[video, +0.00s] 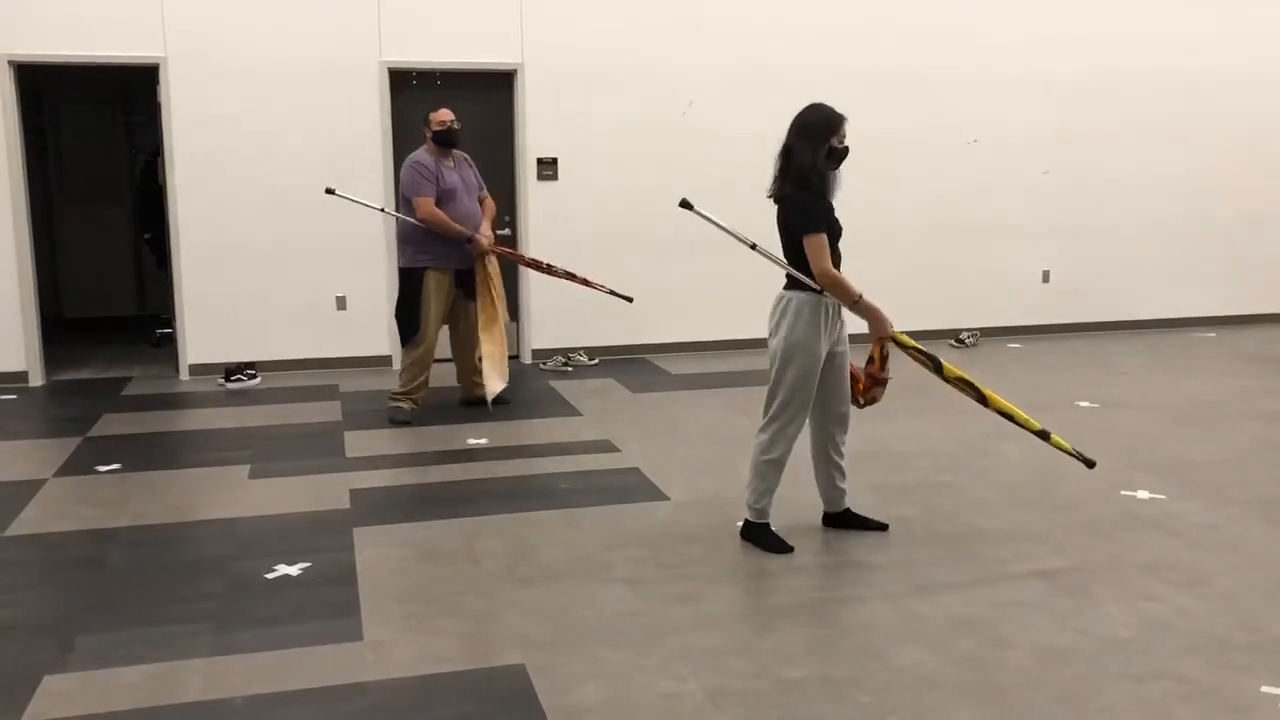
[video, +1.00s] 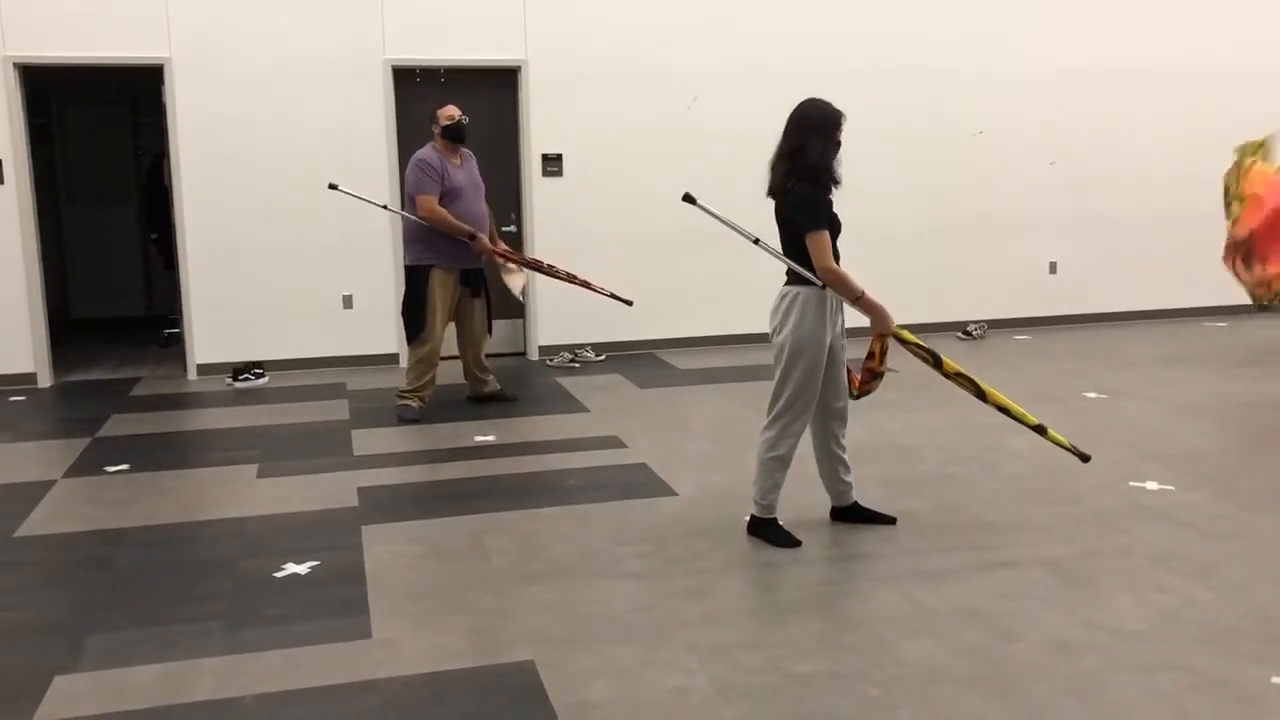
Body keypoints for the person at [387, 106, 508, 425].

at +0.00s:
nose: (450, 129)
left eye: (454, 124)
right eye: (443, 125)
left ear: (459, 128)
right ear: (428, 131)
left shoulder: (464, 161)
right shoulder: (417, 163)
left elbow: (488, 201)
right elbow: (425, 211)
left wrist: (485, 227)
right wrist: (469, 236)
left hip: (466, 262)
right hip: (427, 265)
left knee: (470, 331)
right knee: (422, 338)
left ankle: (475, 391)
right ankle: (404, 401)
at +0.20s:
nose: (454, 128)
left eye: (457, 123)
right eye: (446, 124)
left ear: (462, 129)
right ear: (431, 132)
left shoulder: (467, 162)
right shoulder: (421, 164)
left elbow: (487, 204)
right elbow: (428, 212)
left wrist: (489, 237)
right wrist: (474, 237)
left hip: (469, 263)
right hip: (431, 266)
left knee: (474, 332)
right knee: (425, 339)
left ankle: (478, 392)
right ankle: (408, 402)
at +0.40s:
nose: (457, 125)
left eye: (460, 121)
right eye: (449, 122)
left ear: (466, 129)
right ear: (434, 132)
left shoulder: (470, 164)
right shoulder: (423, 165)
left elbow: (489, 206)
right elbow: (430, 214)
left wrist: (497, 241)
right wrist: (476, 240)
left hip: (472, 264)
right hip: (433, 267)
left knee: (477, 331)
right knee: (428, 339)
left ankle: (482, 390)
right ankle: (411, 402)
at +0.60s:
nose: (458, 125)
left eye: (460, 121)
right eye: (450, 121)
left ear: (466, 128)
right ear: (436, 132)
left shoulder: (471, 163)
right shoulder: (424, 164)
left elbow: (489, 205)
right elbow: (431, 215)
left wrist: (503, 241)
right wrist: (477, 238)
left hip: (472, 264)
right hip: (433, 266)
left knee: (478, 329)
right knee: (429, 338)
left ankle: (482, 389)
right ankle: (413, 401)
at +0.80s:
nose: (457, 125)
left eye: (460, 120)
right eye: (450, 121)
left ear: (466, 127)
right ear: (436, 130)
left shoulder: (470, 161)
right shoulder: (424, 163)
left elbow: (486, 205)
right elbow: (429, 212)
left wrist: (503, 245)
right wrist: (474, 236)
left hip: (471, 263)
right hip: (433, 265)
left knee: (474, 331)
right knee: (429, 338)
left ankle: (482, 389)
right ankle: (412, 400)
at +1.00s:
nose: (458, 125)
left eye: (461, 120)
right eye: (451, 121)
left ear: (466, 125)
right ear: (437, 128)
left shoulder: (469, 158)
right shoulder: (424, 160)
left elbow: (479, 203)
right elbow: (427, 210)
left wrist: (495, 241)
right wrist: (472, 235)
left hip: (469, 260)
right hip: (432, 263)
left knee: (474, 329)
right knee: (428, 336)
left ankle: (481, 387)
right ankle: (411, 399)